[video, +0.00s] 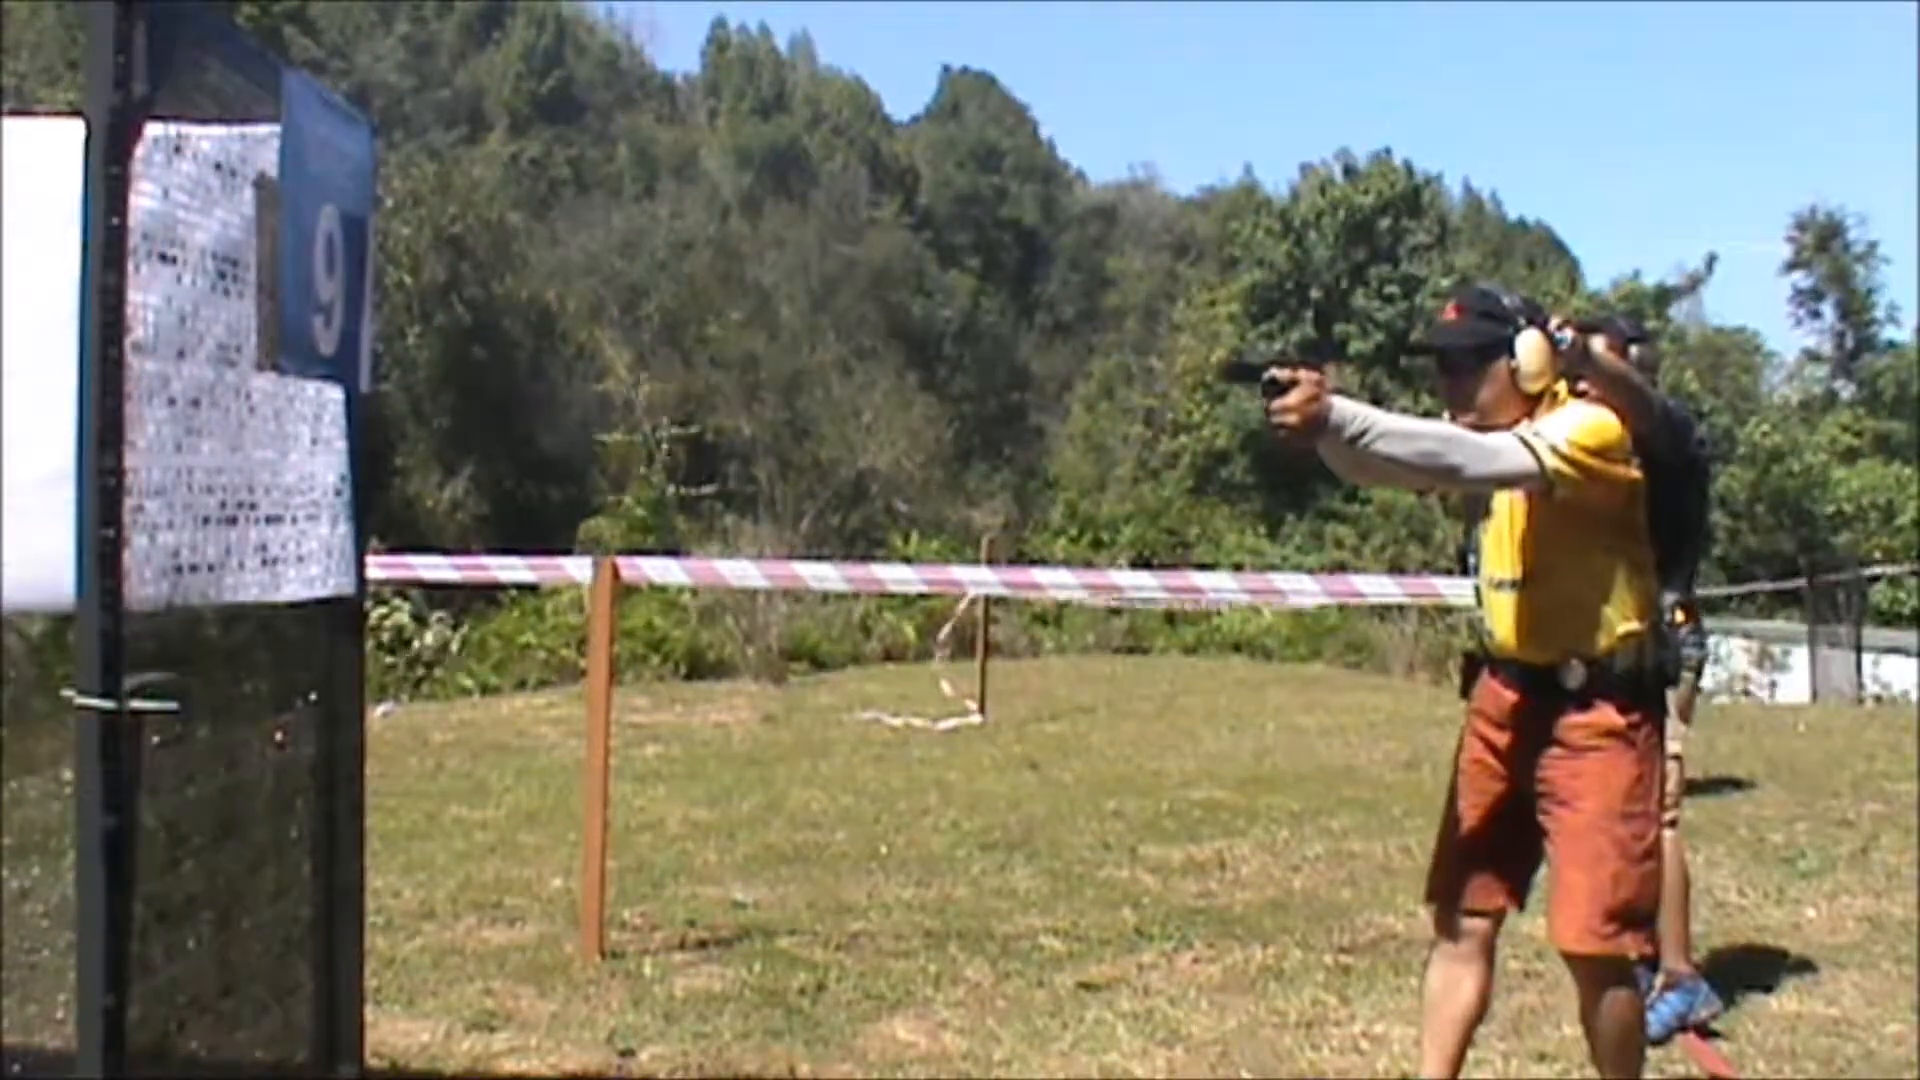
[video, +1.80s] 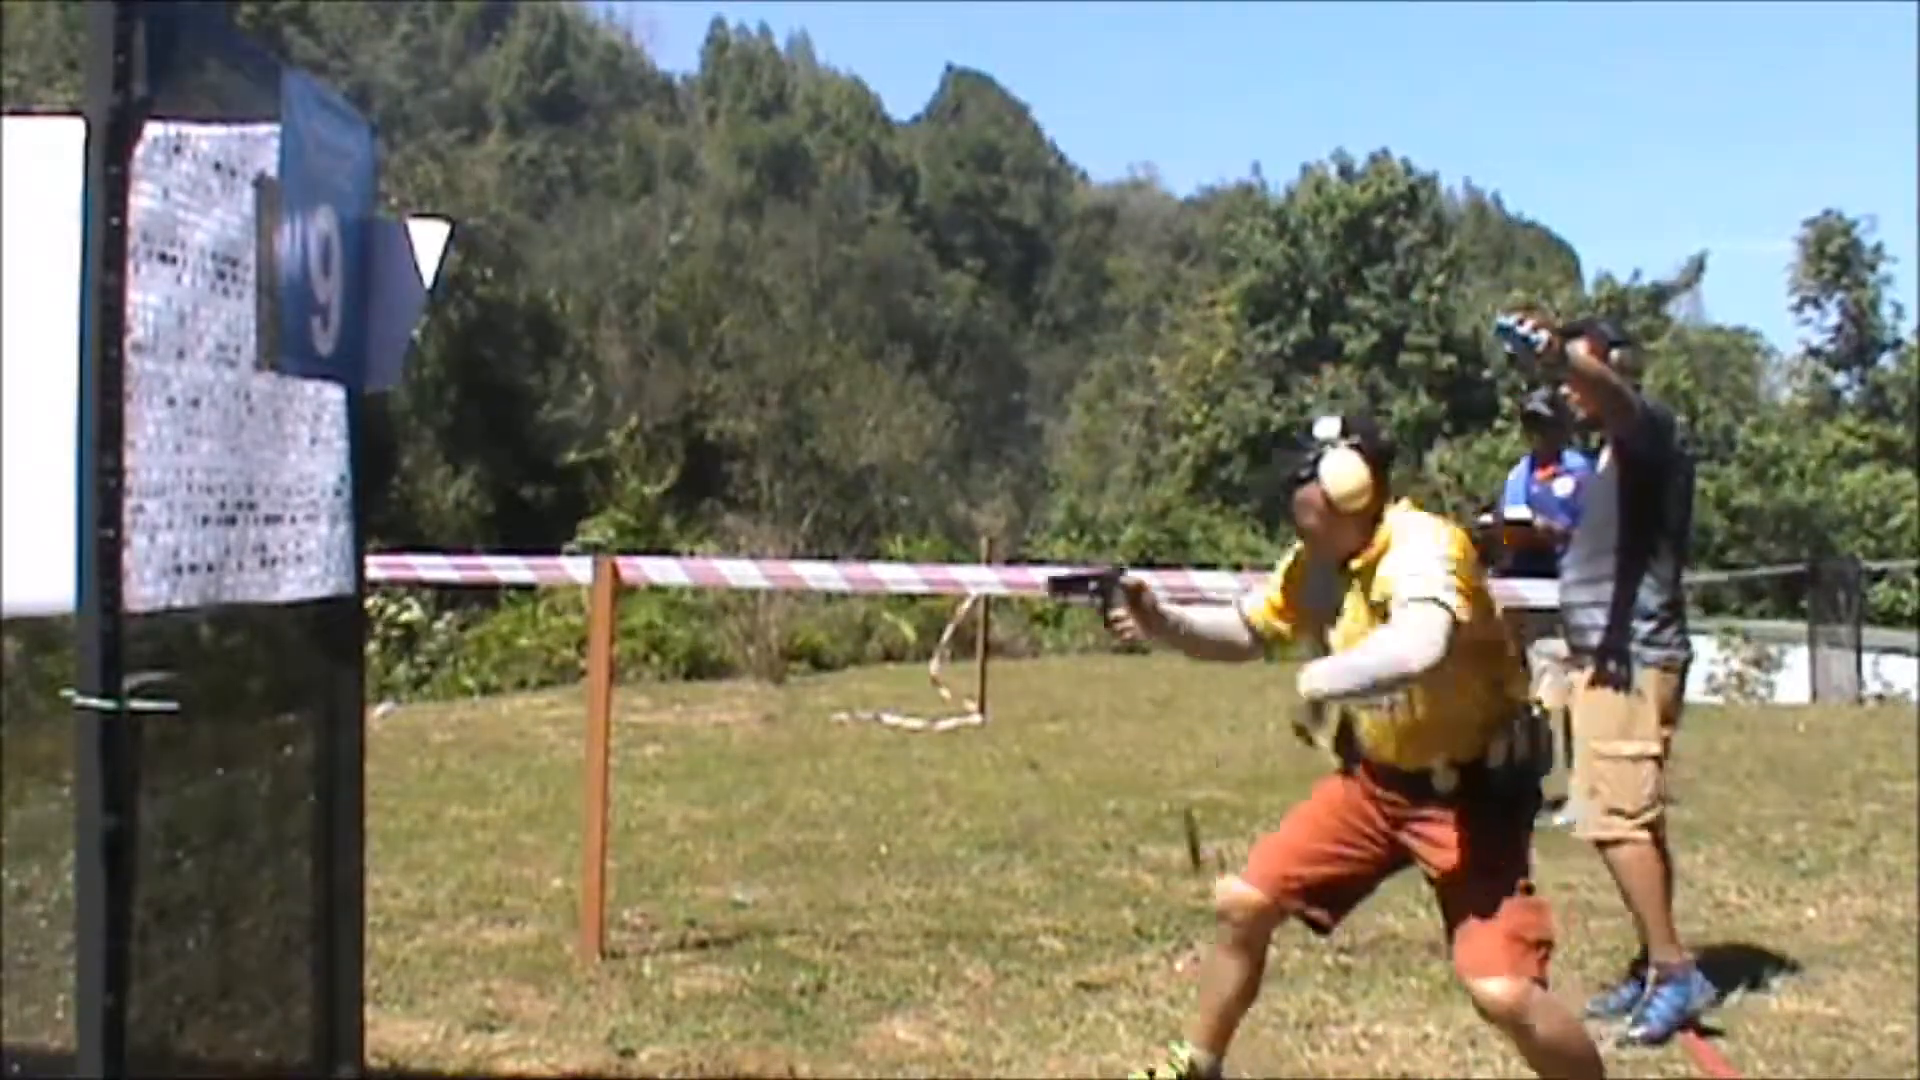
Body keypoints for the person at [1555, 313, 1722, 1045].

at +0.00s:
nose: (1601, 374)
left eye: (1616, 360)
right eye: (1596, 361)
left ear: (1639, 365)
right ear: (1586, 371)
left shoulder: (1671, 438)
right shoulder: (1578, 434)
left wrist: (1586, 356)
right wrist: (1556, 362)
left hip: (1661, 621)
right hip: (1599, 628)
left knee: (1658, 806)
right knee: (1615, 803)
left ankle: (1678, 971)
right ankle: (1642, 966)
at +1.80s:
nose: (1570, 393)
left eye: (1580, 377)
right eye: (1566, 381)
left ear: (1614, 371)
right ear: (1587, 378)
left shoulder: (1651, 438)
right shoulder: (1613, 450)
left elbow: (1614, 395)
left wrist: (1559, 351)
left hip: (1635, 658)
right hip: (1606, 655)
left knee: (1619, 819)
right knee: (1620, 819)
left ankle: (1674, 972)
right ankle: (1653, 964)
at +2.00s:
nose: (1538, 397)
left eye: (1549, 383)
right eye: (1536, 384)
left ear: (1582, 379)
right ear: (1554, 386)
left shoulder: (1618, 442)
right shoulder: (1603, 452)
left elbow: (1590, 402)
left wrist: (1532, 358)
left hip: (1605, 656)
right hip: (1624, 656)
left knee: (1550, 810)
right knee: (1628, 816)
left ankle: (1596, 969)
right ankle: (1658, 965)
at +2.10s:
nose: (1521, 404)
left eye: (1531, 389)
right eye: (1519, 392)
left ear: (1558, 384)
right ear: (1528, 396)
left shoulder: (1597, 447)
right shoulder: (1578, 459)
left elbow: (1565, 404)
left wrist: (1514, 364)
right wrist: (1495, 529)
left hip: (1585, 655)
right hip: (1608, 655)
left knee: (1530, 810)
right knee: (1617, 810)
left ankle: (1527, 975)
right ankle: (1657, 965)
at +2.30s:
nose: (1456, 385)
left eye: (1467, 376)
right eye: (1455, 376)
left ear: (1500, 386)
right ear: (1471, 393)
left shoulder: (1530, 452)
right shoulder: (1485, 465)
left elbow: (1475, 411)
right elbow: (1474, 556)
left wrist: (1437, 379)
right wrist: (1443, 529)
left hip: (1515, 672)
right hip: (1533, 669)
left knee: (1456, 826)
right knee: (1576, 815)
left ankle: (1420, 979)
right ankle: (1654, 963)